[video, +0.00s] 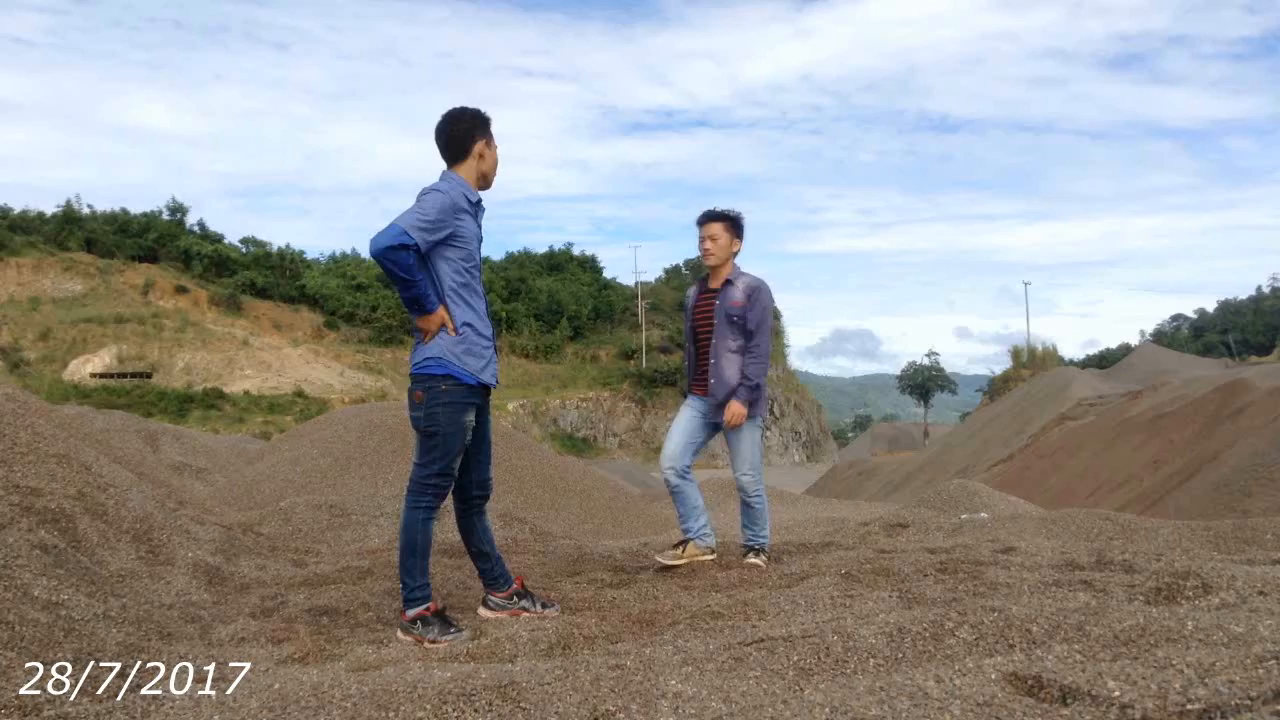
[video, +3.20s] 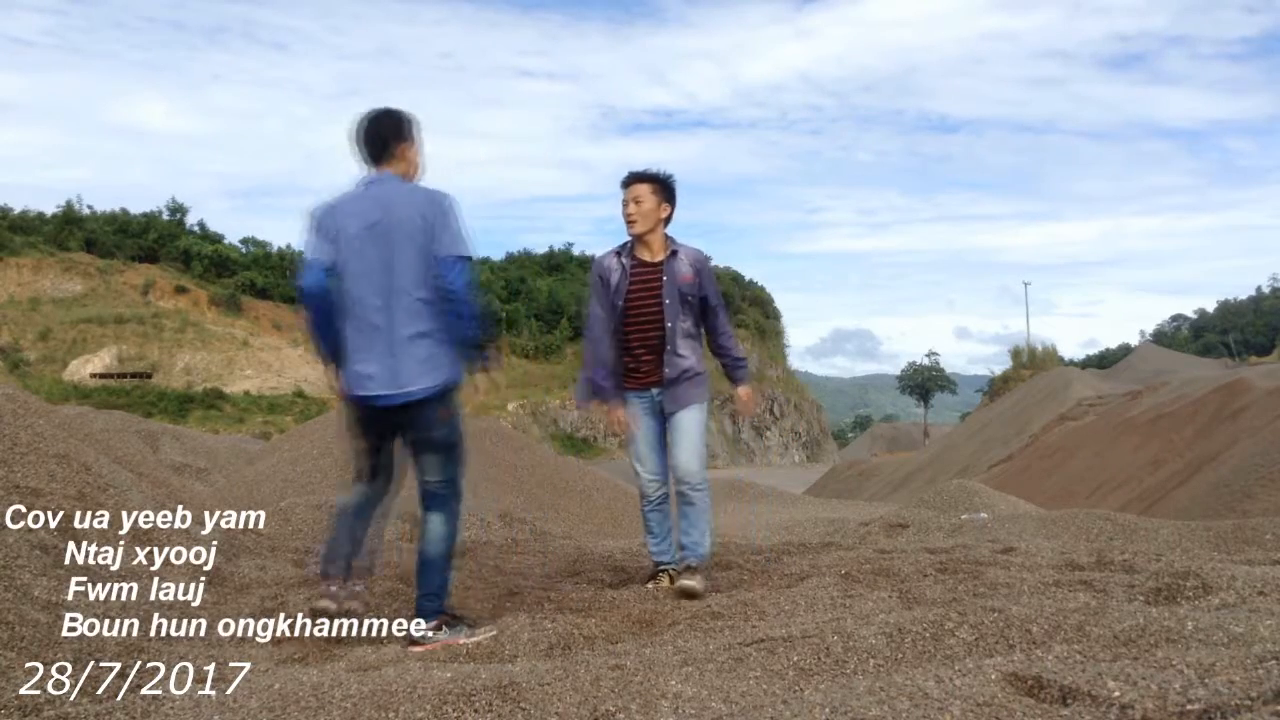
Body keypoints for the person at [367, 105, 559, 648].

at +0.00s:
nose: (497, 156)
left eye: (494, 146)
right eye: (494, 146)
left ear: (459, 150)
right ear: (480, 148)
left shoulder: (463, 204)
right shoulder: (446, 197)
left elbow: (416, 257)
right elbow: (389, 245)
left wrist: (448, 309)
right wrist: (426, 308)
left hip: (470, 375)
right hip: (444, 374)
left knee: (473, 495)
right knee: (428, 494)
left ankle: (501, 590)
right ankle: (417, 608)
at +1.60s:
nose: (543, 166)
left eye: (539, 158)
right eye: (538, 157)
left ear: (507, 167)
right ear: (525, 162)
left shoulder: (502, 211)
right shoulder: (504, 203)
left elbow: (438, 267)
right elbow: (452, 245)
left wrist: (472, 312)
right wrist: (476, 306)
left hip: (500, 370)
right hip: (493, 369)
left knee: (520, 479)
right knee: (517, 477)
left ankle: (504, 589)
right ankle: (453, 586)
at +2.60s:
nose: (555, 163)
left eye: (553, 153)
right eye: (553, 154)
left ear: (515, 157)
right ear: (540, 155)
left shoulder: (497, 204)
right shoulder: (515, 197)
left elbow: (465, 278)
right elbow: (506, 267)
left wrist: (531, 305)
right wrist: (566, 303)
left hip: (487, 366)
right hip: (507, 365)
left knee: (511, 479)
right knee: (552, 467)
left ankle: (502, 587)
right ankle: (517, 584)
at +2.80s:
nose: (509, 166)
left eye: (507, 157)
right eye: (506, 157)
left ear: (463, 157)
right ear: (491, 156)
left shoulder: (420, 216)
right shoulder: (494, 206)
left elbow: (410, 292)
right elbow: (528, 283)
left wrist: (459, 294)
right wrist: (569, 308)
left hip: (458, 378)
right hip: (496, 373)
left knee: (498, 485)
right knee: (529, 482)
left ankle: (504, 593)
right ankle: (453, 586)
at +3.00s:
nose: (465, 168)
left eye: (460, 159)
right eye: (461, 160)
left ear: (413, 170)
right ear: (450, 165)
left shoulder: (378, 229)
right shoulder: (474, 221)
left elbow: (360, 313)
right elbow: (519, 293)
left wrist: (397, 330)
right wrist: (545, 320)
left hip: (403, 395)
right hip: (462, 393)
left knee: (456, 481)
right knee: (467, 504)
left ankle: (473, 587)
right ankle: (431, 619)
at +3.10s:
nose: (442, 162)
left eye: (437, 153)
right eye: (439, 153)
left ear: (390, 159)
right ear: (429, 156)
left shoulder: (352, 220)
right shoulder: (452, 211)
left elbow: (338, 301)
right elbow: (488, 293)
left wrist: (356, 354)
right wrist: (513, 339)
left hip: (385, 386)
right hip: (446, 382)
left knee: (413, 467)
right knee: (450, 496)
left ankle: (404, 577)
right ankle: (431, 618)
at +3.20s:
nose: (419, 155)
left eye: (414, 146)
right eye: (416, 146)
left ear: (369, 153)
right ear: (405, 149)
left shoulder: (332, 213)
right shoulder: (432, 205)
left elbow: (314, 290)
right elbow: (457, 286)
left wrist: (336, 358)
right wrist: (476, 344)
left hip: (365, 380)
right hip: (426, 378)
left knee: (373, 478)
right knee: (440, 495)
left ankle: (334, 572)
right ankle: (432, 615)